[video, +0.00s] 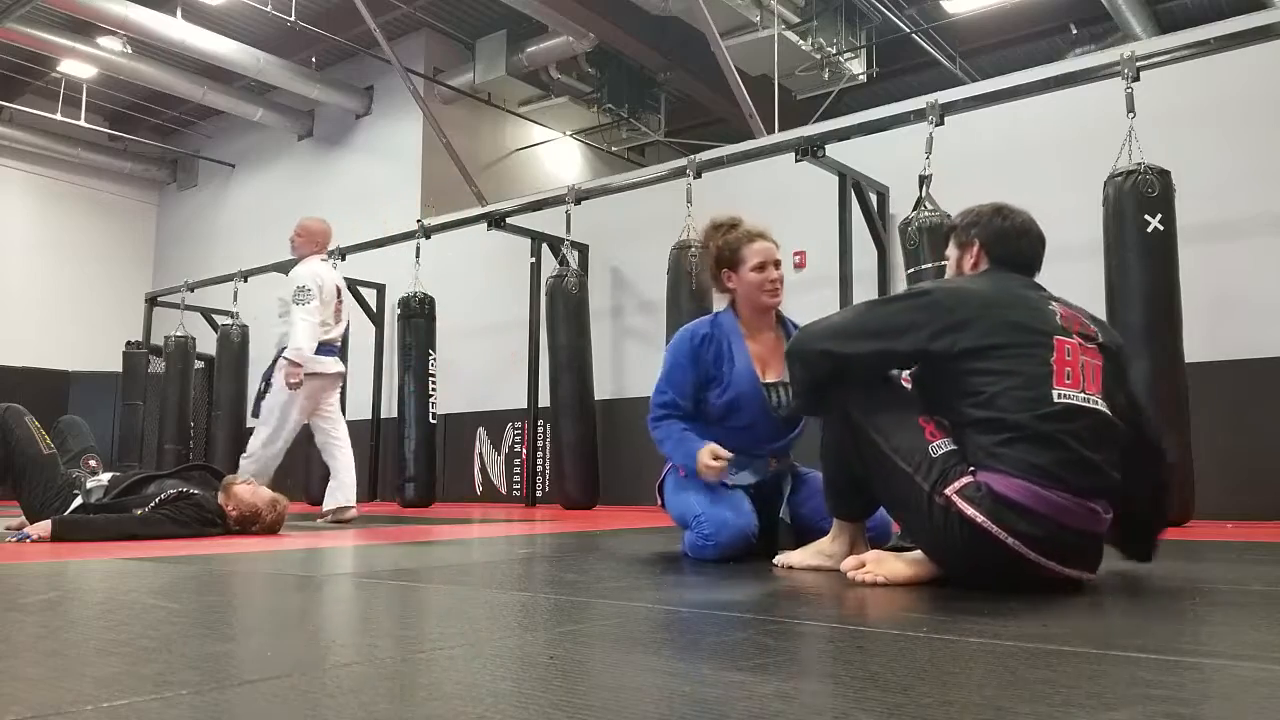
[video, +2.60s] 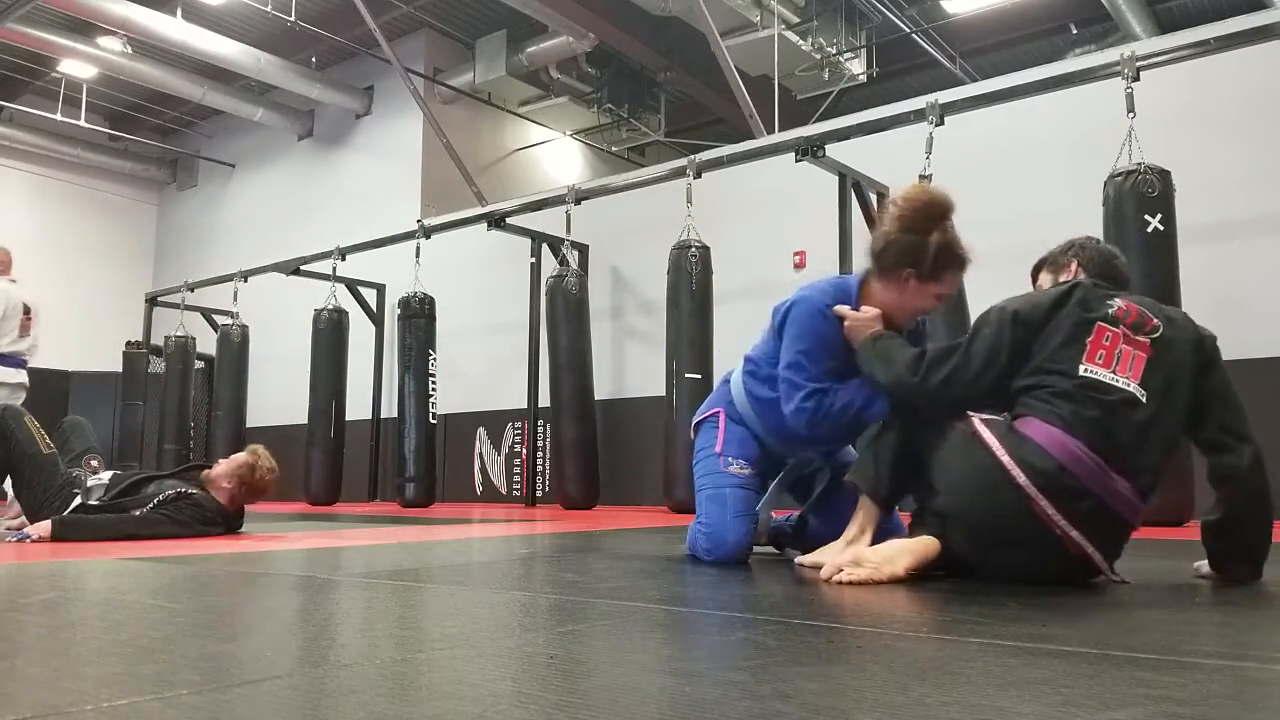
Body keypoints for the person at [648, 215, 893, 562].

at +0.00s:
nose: (775, 276)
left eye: (778, 266)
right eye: (760, 268)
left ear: (784, 269)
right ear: (730, 279)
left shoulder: (799, 340)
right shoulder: (695, 341)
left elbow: (833, 401)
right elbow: (664, 418)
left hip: (778, 475)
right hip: (704, 477)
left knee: (876, 527)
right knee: (733, 534)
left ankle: (776, 529)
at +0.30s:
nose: (827, 284)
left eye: (830, 276)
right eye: (814, 273)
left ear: (833, 281)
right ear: (779, 280)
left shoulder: (828, 349)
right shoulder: (731, 334)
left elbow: (852, 414)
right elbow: (681, 417)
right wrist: (713, 405)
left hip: (779, 475)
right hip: (705, 469)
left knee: (876, 529)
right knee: (731, 538)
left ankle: (777, 524)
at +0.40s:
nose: (839, 287)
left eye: (843, 277)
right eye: (828, 274)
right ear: (792, 276)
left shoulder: (837, 347)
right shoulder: (739, 332)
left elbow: (855, 412)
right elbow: (708, 411)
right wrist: (752, 391)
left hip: (785, 469)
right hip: (708, 464)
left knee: (877, 530)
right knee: (729, 539)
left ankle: (783, 526)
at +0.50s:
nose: (846, 289)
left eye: (848, 279)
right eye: (837, 276)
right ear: (799, 273)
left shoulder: (835, 342)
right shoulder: (741, 331)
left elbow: (860, 412)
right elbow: (744, 404)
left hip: (788, 466)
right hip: (710, 461)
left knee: (881, 532)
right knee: (730, 539)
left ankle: (783, 519)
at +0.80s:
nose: (834, 291)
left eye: (835, 281)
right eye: (827, 279)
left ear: (795, 278)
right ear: (790, 276)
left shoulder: (833, 339)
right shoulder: (726, 334)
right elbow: (756, 409)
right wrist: (832, 391)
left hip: (785, 465)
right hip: (708, 461)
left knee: (880, 533)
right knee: (727, 540)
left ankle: (779, 523)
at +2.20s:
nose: (886, 307)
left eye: (889, 296)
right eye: (883, 294)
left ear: (848, 283)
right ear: (847, 280)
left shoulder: (863, 339)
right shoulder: (770, 329)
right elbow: (781, 434)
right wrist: (834, 385)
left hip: (792, 452)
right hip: (719, 440)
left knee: (881, 535)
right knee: (727, 543)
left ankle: (770, 529)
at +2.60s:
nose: (939, 309)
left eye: (945, 300)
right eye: (938, 297)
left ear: (908, 281)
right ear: (906, 280)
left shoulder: (912, 331)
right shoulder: (816, 308)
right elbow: (805, 413)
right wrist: (892, 386)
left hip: (813, 445)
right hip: (740, 423)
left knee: (884, 537)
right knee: (726, 544)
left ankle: (775, 530)